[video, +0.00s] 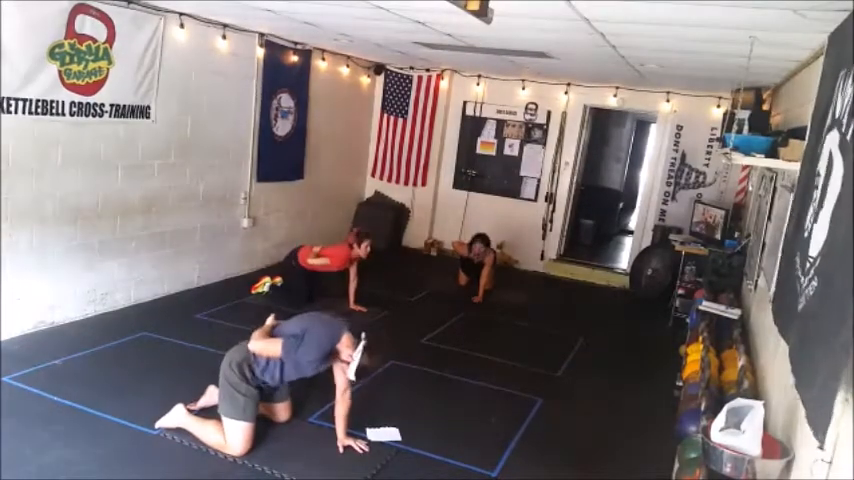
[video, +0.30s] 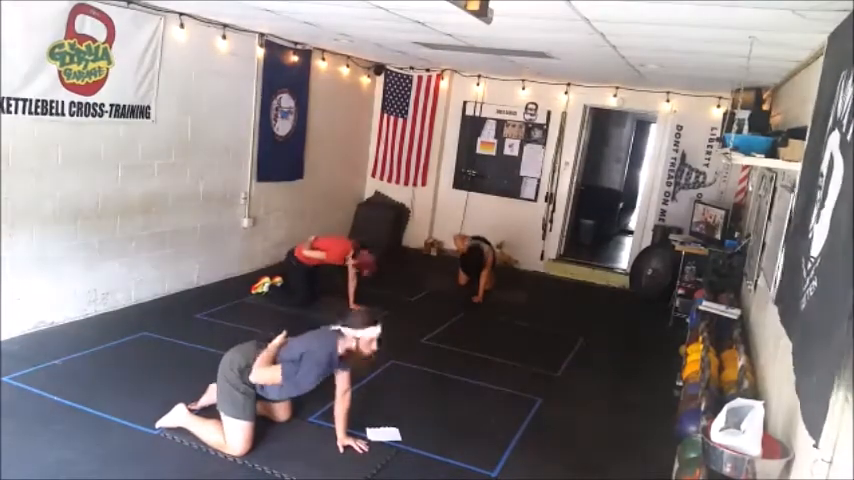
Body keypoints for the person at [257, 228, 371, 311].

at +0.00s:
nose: (369, 250)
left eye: (369, 247)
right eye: (366, 246)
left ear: (361, 247)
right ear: (357, 246)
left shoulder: (352, 257)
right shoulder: (342, 256)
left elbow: (353, 280)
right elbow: (310, 262)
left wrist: (351, 303)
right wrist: (315, 252)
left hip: (303, 254)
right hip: (296, 261)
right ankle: (270, 286)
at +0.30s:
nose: (359, 270)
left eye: (362, 270)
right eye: (363, 268)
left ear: (365, 256)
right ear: (363, 258)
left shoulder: (352, 253)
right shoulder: (338, 255)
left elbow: (352, 279)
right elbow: (304, 253)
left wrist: (352, 303)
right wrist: (310, 241)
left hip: (308, 262)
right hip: (296, 261)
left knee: (310, 295)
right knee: (301, 299)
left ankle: (279, 284)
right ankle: (269, 288)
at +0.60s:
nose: (346, 265)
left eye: (349, 266)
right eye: (348, 263)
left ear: (356, 255)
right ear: (352, 257)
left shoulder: (352, 248)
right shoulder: (335, 252)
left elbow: (352, 278)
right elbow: (304, 250)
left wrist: (352, 303)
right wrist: (310, 238)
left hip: (313, 262)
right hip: (299, 261)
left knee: (311, 295)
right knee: (299, 298)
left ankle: (281, 283)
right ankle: (269, 289)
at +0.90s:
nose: (369, 250)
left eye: (369, 247)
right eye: (366, 246)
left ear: (359, 247)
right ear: (356, 246)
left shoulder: (353, 255)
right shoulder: (342, 257)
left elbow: (353, 279)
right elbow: (308, 263)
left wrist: (352, 303)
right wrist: (315, 253)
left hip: (303, 255)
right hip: (294, 262)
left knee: (309, 295)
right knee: (300, 300)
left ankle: (280, 282)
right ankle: (270, 288)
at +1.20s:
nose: (366, 255)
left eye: (368, 252)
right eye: (365, 251)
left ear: (359, 247)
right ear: (356, 245)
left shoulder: (352, 254)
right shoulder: (341, 252)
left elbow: (353, 277)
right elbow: (312, 262)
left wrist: (352, 303)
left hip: (304, 260)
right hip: (294, 261)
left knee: (308, 295)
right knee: (301, 300)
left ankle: (280, 283)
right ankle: (271, 287)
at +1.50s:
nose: (362, 257)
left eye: (365, 255)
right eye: (362, 252)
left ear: (364, 254)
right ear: (355, 247)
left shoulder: (348, 247)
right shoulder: (339, 252)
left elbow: (331, 244)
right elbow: (335, 282)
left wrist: (319, 244)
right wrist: (336, 309)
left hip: (308, 261)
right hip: (296, 262)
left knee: (311, 296)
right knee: (299, 301)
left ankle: (278, 282)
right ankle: (269, 287)